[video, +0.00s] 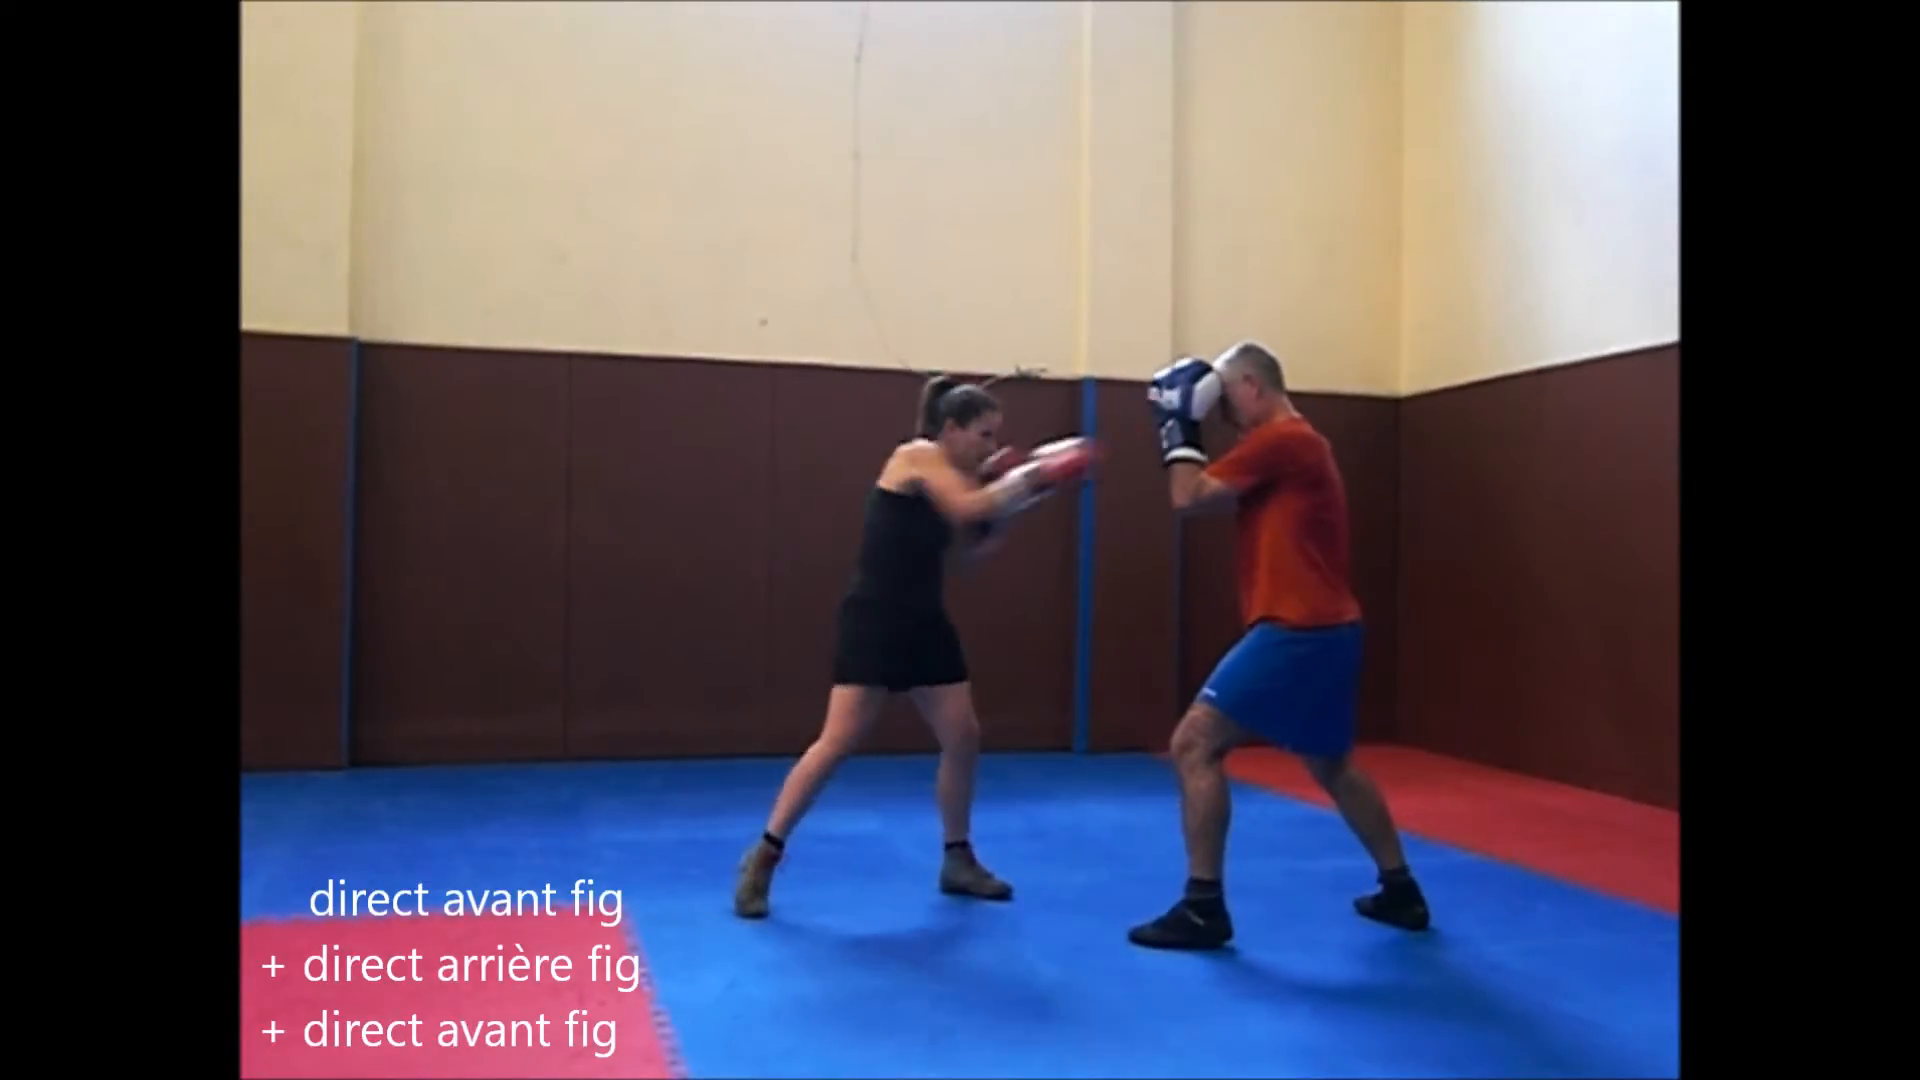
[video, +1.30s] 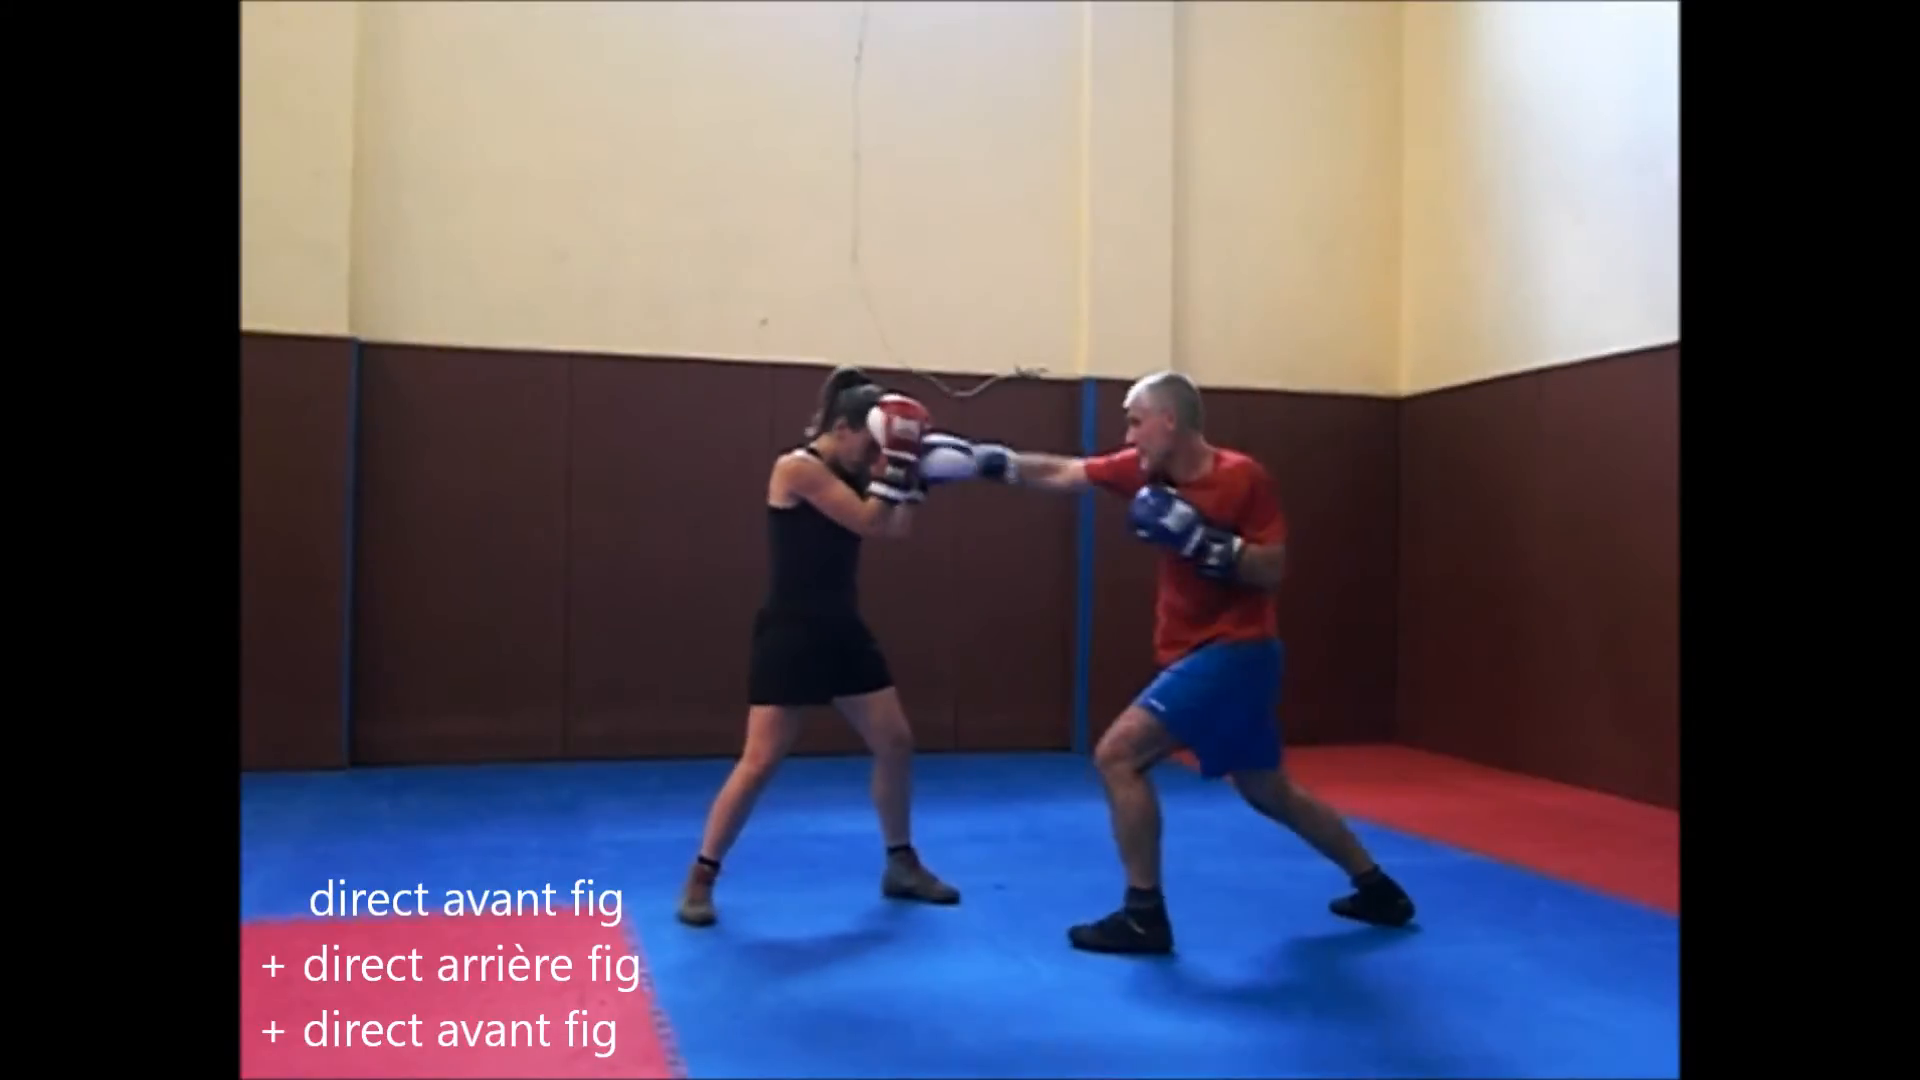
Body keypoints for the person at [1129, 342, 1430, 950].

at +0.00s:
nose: (1229, 409)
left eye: (1230, 396)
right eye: (1226, 397)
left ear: (1251, 387)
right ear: (1269, 386)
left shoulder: (1278, 440)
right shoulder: (1302, 440)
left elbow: (1189, 493)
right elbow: (1206, 483)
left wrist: (1172, 427)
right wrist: (1190, 426)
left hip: (1290, 630)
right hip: (1328, 630)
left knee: (1193, 746)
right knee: (1334, 767)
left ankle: (1203, 907)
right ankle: (1401, 890)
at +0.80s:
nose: (1196, 409)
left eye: (1200, 397)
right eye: (1194, 398)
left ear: (1232, 390)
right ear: (1253, 392)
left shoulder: (1217, 439)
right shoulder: (1311, 443)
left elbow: (1174, 501)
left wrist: (1111, 471)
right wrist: (1154, 469)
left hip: (1227, 628)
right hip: (1302, 630)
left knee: (1134, 743)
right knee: (1318, 762)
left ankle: (1134, 895)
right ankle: (1376, 891)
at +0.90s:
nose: (1169, 421)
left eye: (1173, 409)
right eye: (1169, 410)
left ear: (1203, 407)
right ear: (1228, 408)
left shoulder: (1183, 452)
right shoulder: (1294, 451)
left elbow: (1090, 467)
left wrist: (1005, 459)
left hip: (1212, 645)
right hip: (1291, 646)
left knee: (1117, 748)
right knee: (1315, 766)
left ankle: (1134, 898)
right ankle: (1377, 892)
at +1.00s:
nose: (1143, 419)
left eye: (1148, 407)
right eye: (1142, 407)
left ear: (1175, 405)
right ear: (1204, 405)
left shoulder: (1166, 455)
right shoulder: (1270, 454)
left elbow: (1086, 508)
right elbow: (1288, 536)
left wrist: (1035, 475)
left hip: (1204, 654)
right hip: (1279, 648)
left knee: (1106, 748)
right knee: (1300, 772)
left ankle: (1135, 900)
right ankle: (1375, 893)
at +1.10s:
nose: (1123, 422)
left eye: (1129, 408)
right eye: (1122, 409)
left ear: (1161, 407)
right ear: (1167, 407)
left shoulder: (1203, 460)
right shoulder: (1208, 454)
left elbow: (1192, 554)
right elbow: (1197, 528)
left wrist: (1124, 519)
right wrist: (1147, 487)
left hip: (1223, 643)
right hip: (1257, 641)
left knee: (1109, 747)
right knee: (1280, 776)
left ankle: (1138, 906)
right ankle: (1374, 892)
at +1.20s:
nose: (1126, 433)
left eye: (1134, 420)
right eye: (1125, 422)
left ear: (1174, 420)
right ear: (1166, 423)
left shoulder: (1237, 474)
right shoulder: (1149, 468)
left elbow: (1264, 567)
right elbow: (1052, 459)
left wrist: (1189, 530)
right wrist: (969, 445)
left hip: (1231, 653)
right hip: (1219, 655)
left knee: (1118, 755)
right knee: (1274, 791)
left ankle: (1144, 915)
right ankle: (1379, 889)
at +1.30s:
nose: (1129, 435)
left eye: (1137, 422)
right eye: (1128, 423)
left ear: (1176, 423)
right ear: (1168, 424)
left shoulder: (1242, 478)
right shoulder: (1148, 470)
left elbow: (1271, 568)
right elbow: (1058, 472)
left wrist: (1197, 537)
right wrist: (981, 460)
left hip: (1234, 652)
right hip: (1202, 655)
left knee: (1119, 756)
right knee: (1270, 791)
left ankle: (1144, 916)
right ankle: (1378, 889)